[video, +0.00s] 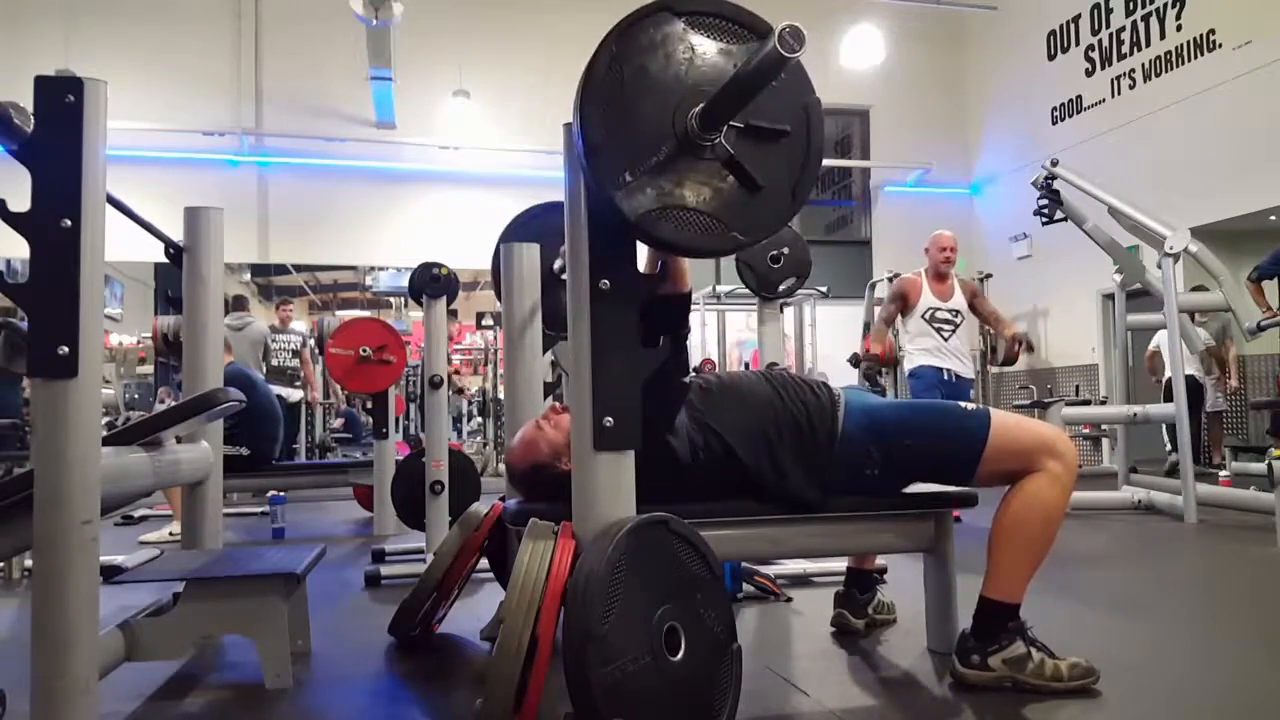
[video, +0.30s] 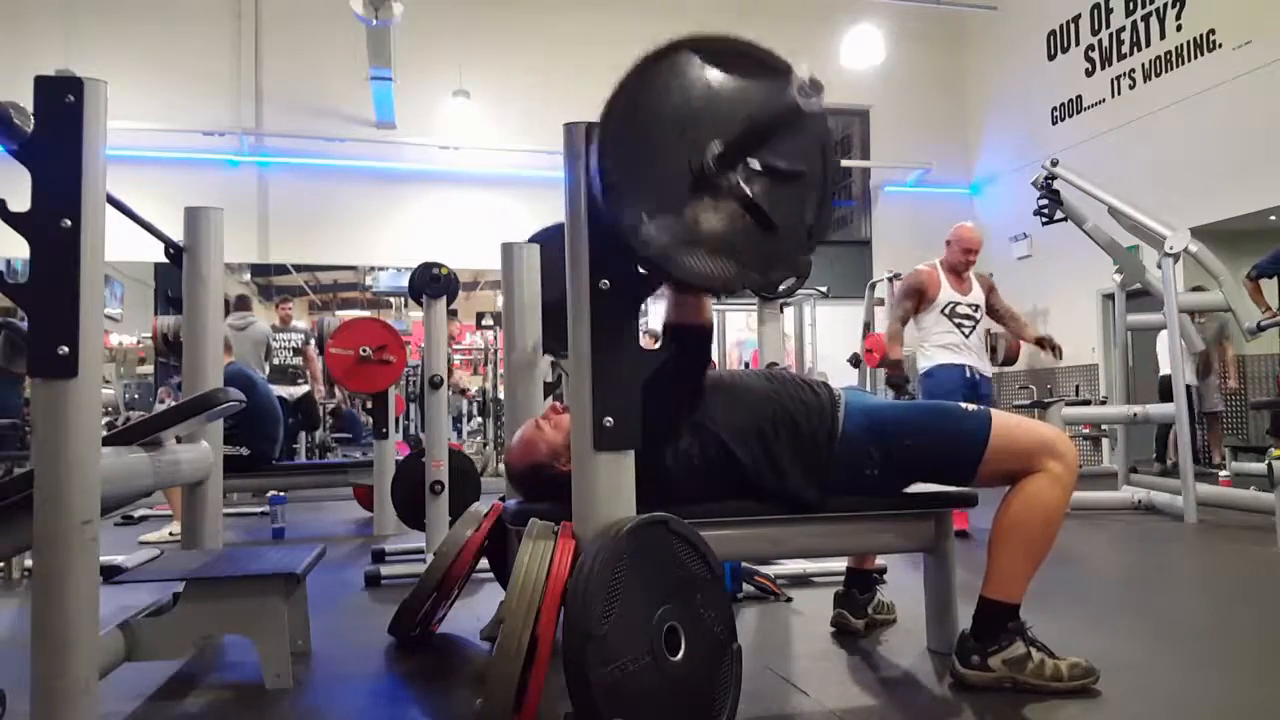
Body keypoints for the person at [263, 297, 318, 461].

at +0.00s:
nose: (287, 314)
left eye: (290, 311)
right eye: (284, 310)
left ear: (293, 313)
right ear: (276, 312)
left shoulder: (300, 336)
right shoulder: (267, 332)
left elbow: (306, 362)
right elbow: (258, 358)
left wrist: (314, 389)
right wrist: (258, 384)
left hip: (295, 387)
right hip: (274, 386)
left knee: (292, 431)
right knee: (276, 426)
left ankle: (289, 462)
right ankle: (274, 462)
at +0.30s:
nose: (287, 312)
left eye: (290, 309)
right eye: (283, 309)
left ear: (294, 311)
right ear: (276, 311)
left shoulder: (303, 331)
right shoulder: (269, 332)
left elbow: (311, 358)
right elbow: (262, 358)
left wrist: (319, 383)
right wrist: (260, 382)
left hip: (301, 385)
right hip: (276, 385)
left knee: (313, 422)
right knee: (282, 425)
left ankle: (289, 428)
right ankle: (285, 459)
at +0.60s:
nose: (293, 311)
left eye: (295, 308)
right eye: (289, 308)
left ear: (300, 309)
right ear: (283, 310)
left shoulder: (312, 332)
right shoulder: (277, 333)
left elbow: (321, 360)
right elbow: (269, 358)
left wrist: (326, 385)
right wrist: (267, 381)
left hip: (307, 385)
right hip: (283, 386)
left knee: (315, 426)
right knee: (287, 428)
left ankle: (318, 460)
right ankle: (282, 462)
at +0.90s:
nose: (307, 310)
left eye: (310, 306)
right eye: (304, 307)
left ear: (317, 308)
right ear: (300, 310)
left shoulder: (329, 329)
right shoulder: (294, 333)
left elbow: (338, 357)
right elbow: (289, 359)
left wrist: (339, 385)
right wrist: (280, 384)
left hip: (323, 385)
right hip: (299, 385)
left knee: (327, 433)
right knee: (292, 432)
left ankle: (330, 470)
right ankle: (284, 470)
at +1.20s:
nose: (309, 312)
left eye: (312, 308)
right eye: (307, 308)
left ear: (322, 308)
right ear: (305, 311)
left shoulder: (335, 329)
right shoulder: (307, 332)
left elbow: (344, 357)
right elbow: (301, 361)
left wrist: (344, 385)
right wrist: (292, 385)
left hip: (329, 385)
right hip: (307, 384)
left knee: (332, 427)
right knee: (297, 422)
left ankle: (335, 463)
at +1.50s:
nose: (303, 313)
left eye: (305, 308)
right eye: (302, 309)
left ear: (316, 308)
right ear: (310, 310)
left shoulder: (331, 328)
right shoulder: (311, 331)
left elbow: (336, 360)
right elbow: (311, 366)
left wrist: (329, 387)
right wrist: (298, 385)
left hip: (328, 386)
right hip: (312, 385)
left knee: (332, 430)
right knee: (301, 423)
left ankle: (335, 461)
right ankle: (324, 448)